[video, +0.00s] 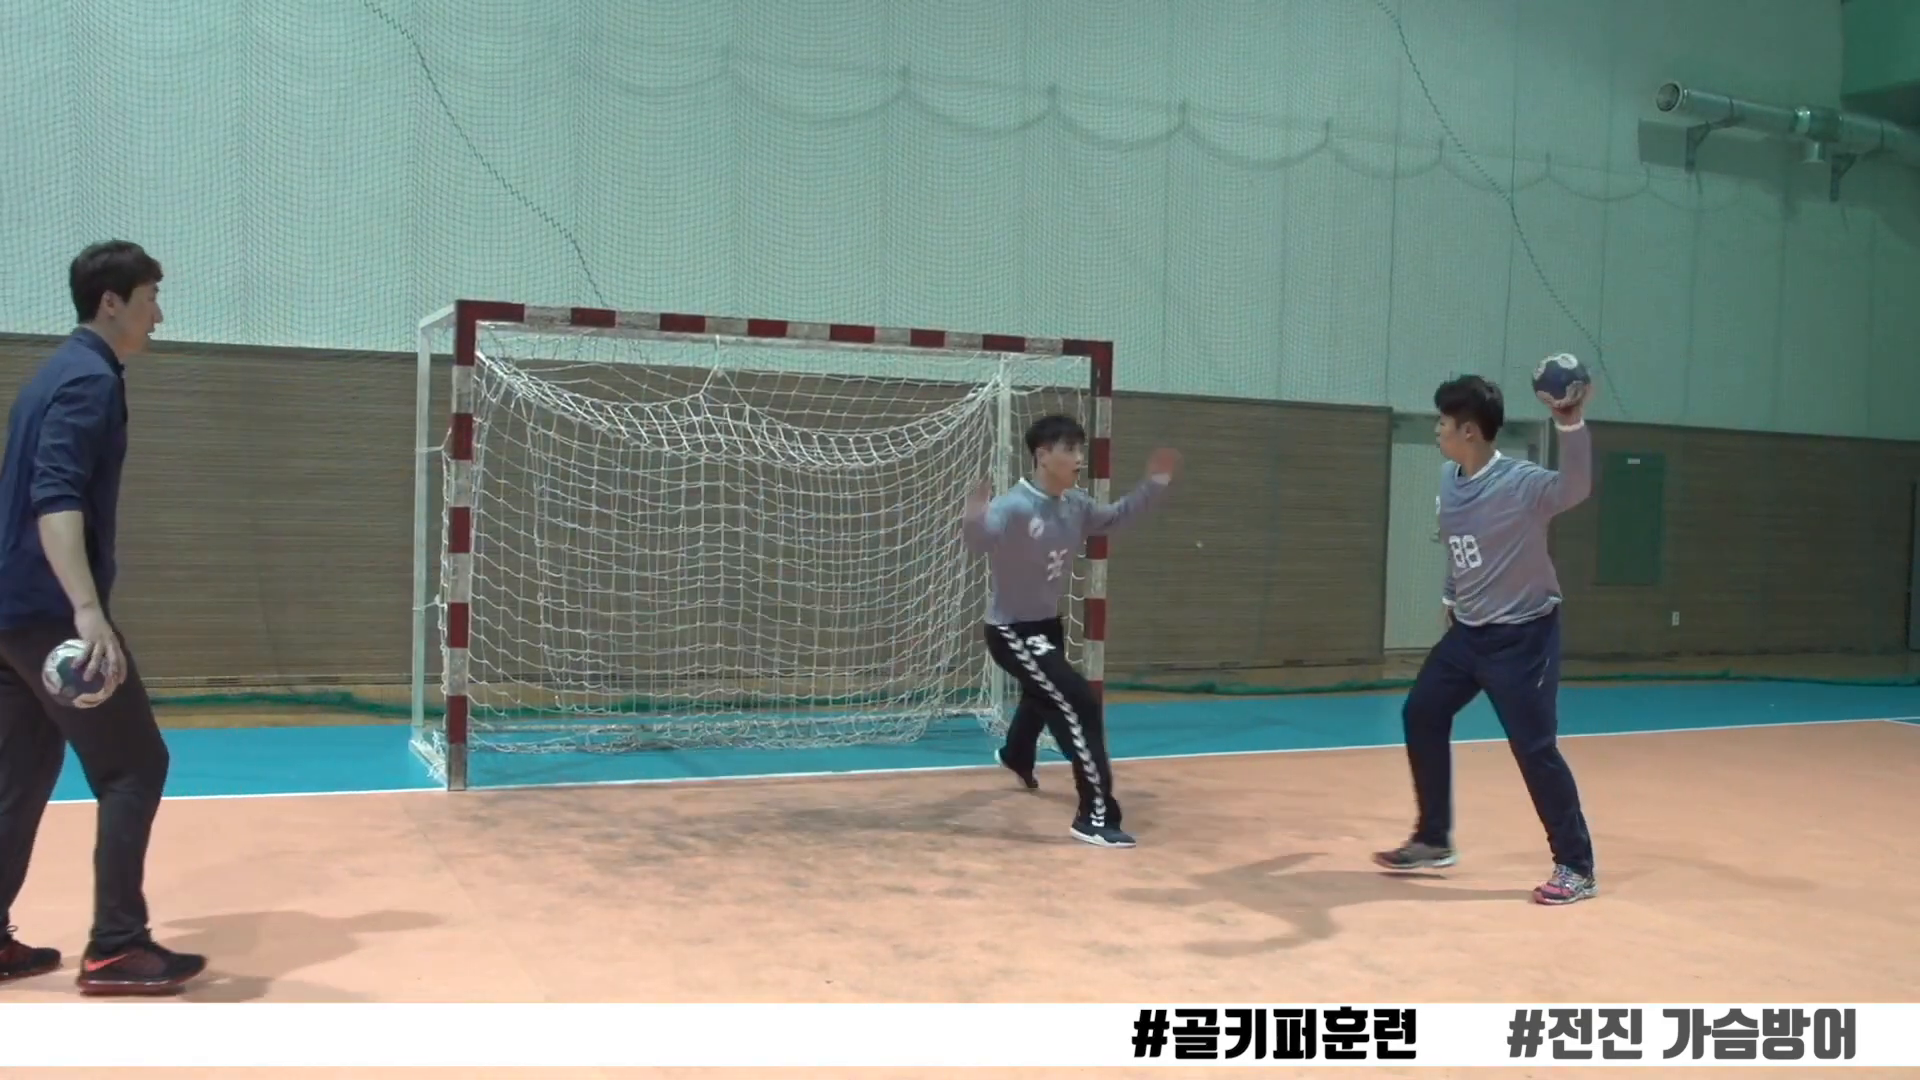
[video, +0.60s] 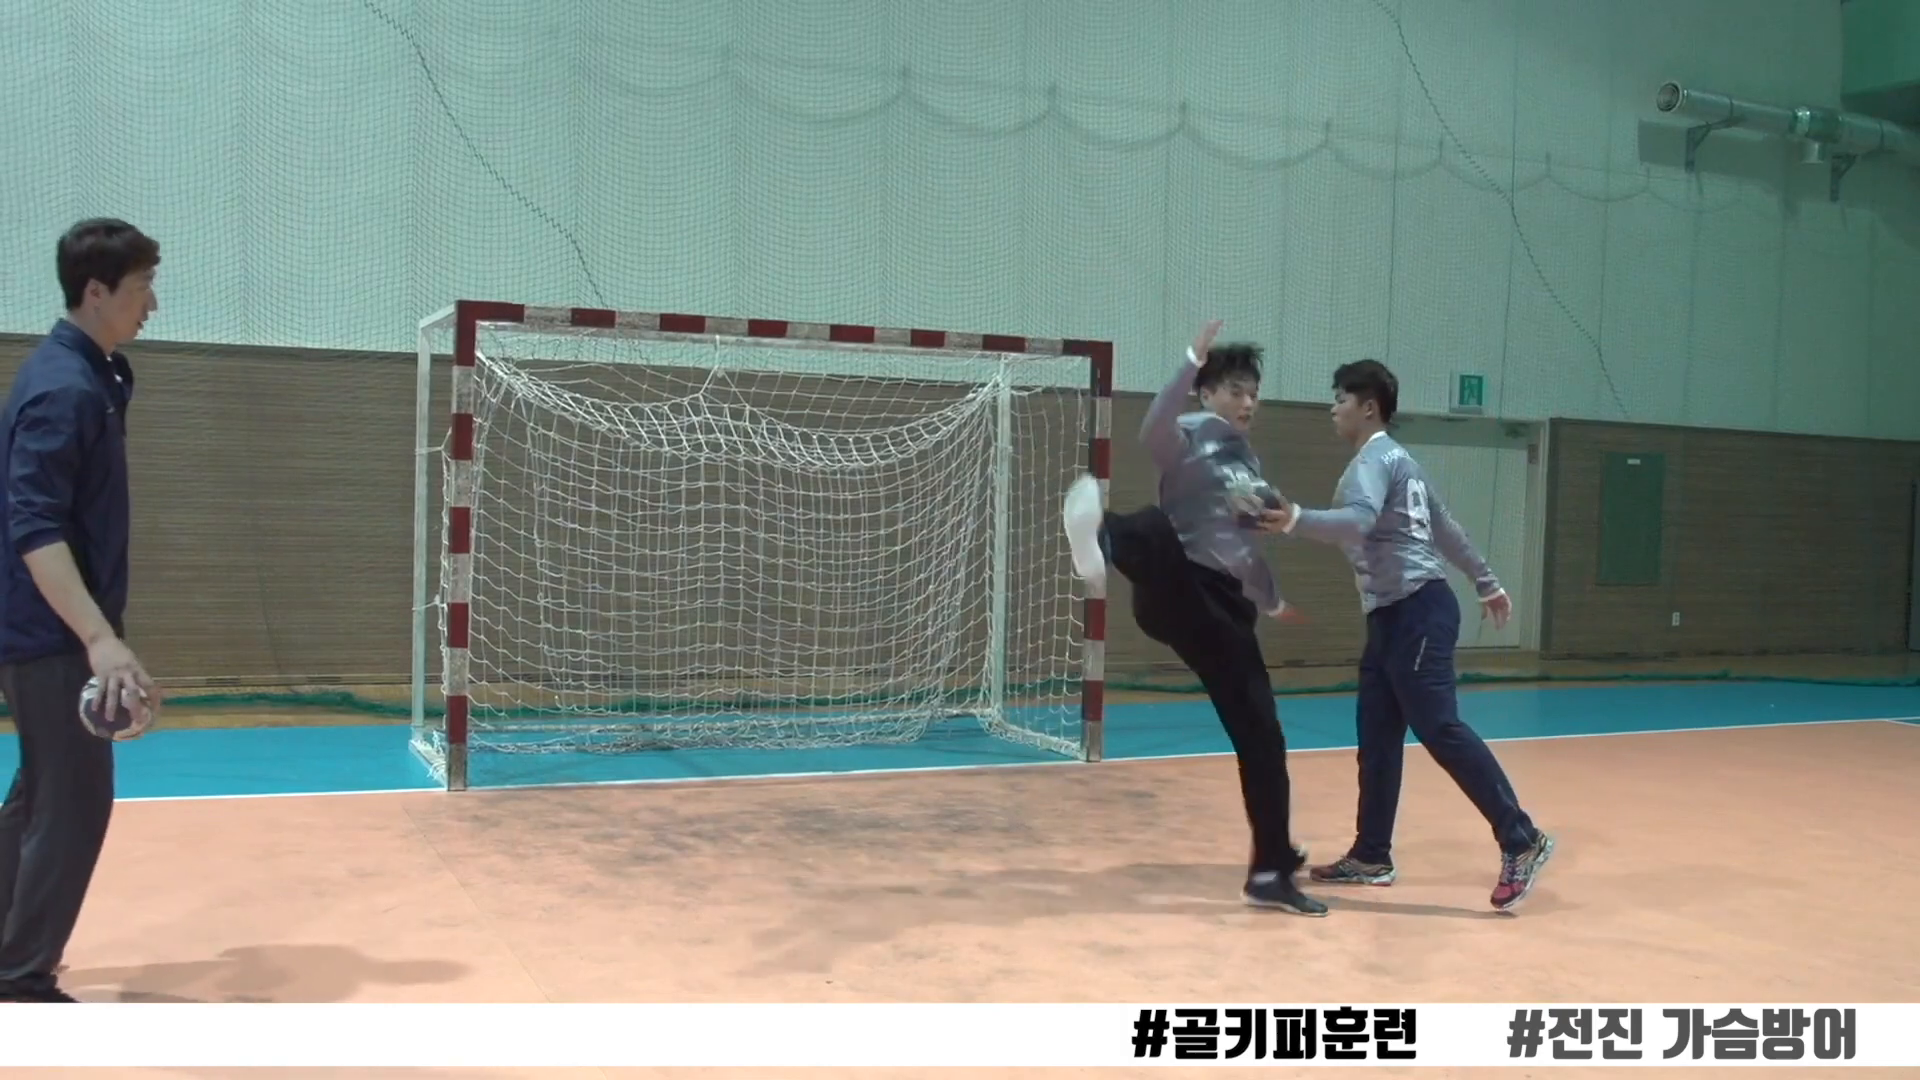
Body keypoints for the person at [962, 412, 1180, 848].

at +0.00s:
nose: (1078, 458)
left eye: (1080, 450)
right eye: (1069, 449)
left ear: (1079, 456)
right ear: (1041, 454)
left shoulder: (1076, 504)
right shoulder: (1013, 506)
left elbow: (1115, 517)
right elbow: (980, 542)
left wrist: (1154, 486)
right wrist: (974, 520)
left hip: (1048, 626)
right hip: (1011, 630)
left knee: (1042, 693)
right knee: (1079, 703)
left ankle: (1017, 753)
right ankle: (1096, 817)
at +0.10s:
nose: (1109, 409)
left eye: (1109, 400)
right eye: (1099, 400)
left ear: (1103, 407)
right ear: (1071, 406)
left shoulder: (1107, 454)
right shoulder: (1047, 452)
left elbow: (1140, 438)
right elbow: (1032, 408)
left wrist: (1148, 389)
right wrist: (1065, 345)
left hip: (1077, 576)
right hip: (1041, 582)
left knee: (1116, 656)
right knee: (1088, 695)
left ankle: (1044, 719)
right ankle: (1096, 813)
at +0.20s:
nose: (1142, 358)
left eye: (1145, 350)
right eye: (1134, 349)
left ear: (1138, 356)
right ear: (1103, 351)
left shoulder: (1131, 399)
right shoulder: (1072, 388)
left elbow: (1169, 396)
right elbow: (1039, 355)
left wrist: (1210, 363)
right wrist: (1083, 301)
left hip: (1108, 531)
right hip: (1070, 531)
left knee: (1165, 603)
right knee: (1082, 647)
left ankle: (1089, 670)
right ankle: (1060, 769)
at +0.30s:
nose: (1172, 331)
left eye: (1176, 322)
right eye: (1162, 320)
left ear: (1179, 327)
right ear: (1133, 320)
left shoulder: (1161, 382)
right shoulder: (1102, 363)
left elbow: (1181, 422)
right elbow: (1059, 352)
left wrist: (1225, 429)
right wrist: (1077, 301)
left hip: (1135, 505)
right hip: (1094, 500)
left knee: (1207, 592)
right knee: (1104, 579)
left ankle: (1136, 679)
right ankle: (1039, 694)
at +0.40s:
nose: (1194, 329)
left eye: (1198, 320)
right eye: (1184, 318)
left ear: (1201, 327)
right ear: (1153, 320)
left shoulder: (1192, 390)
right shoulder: (1124, 371)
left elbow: (1187, 468)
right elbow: (1100, 348)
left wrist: (1213, 489)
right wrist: (1102, 301)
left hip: (1172, 521)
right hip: (1122, 509)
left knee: (1234, 619)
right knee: (1101, 480)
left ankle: (1202, 732)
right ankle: (1078, 566)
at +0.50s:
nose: (1215, 352)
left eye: (1222, 344)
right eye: (1204, 341)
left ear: (1227, 352)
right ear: (1174, 345)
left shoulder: (1219, 412)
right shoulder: (1157, 394)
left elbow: (1209, 492)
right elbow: (1139, 379)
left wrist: (1230, 539)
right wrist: (1151, 330)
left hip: (1201, 564)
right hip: (1151, 543)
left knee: (1239, 671)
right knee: (1129, 485)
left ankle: (1275, 793)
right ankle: (1082, 470)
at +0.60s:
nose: (1247, 403)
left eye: (1253, 394)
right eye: (1236, 391)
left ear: (1257, 402)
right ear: (1205, 391)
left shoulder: (1247, 465)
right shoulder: (1185, 440)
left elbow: (1245, 547)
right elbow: (1156, 429)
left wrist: (1272, 600)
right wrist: (1191, 366)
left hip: (1228, 618)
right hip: (1177, 593)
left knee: (1262, 738)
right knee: (1153, 526)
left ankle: (1271, 873)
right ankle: (1103, 546)